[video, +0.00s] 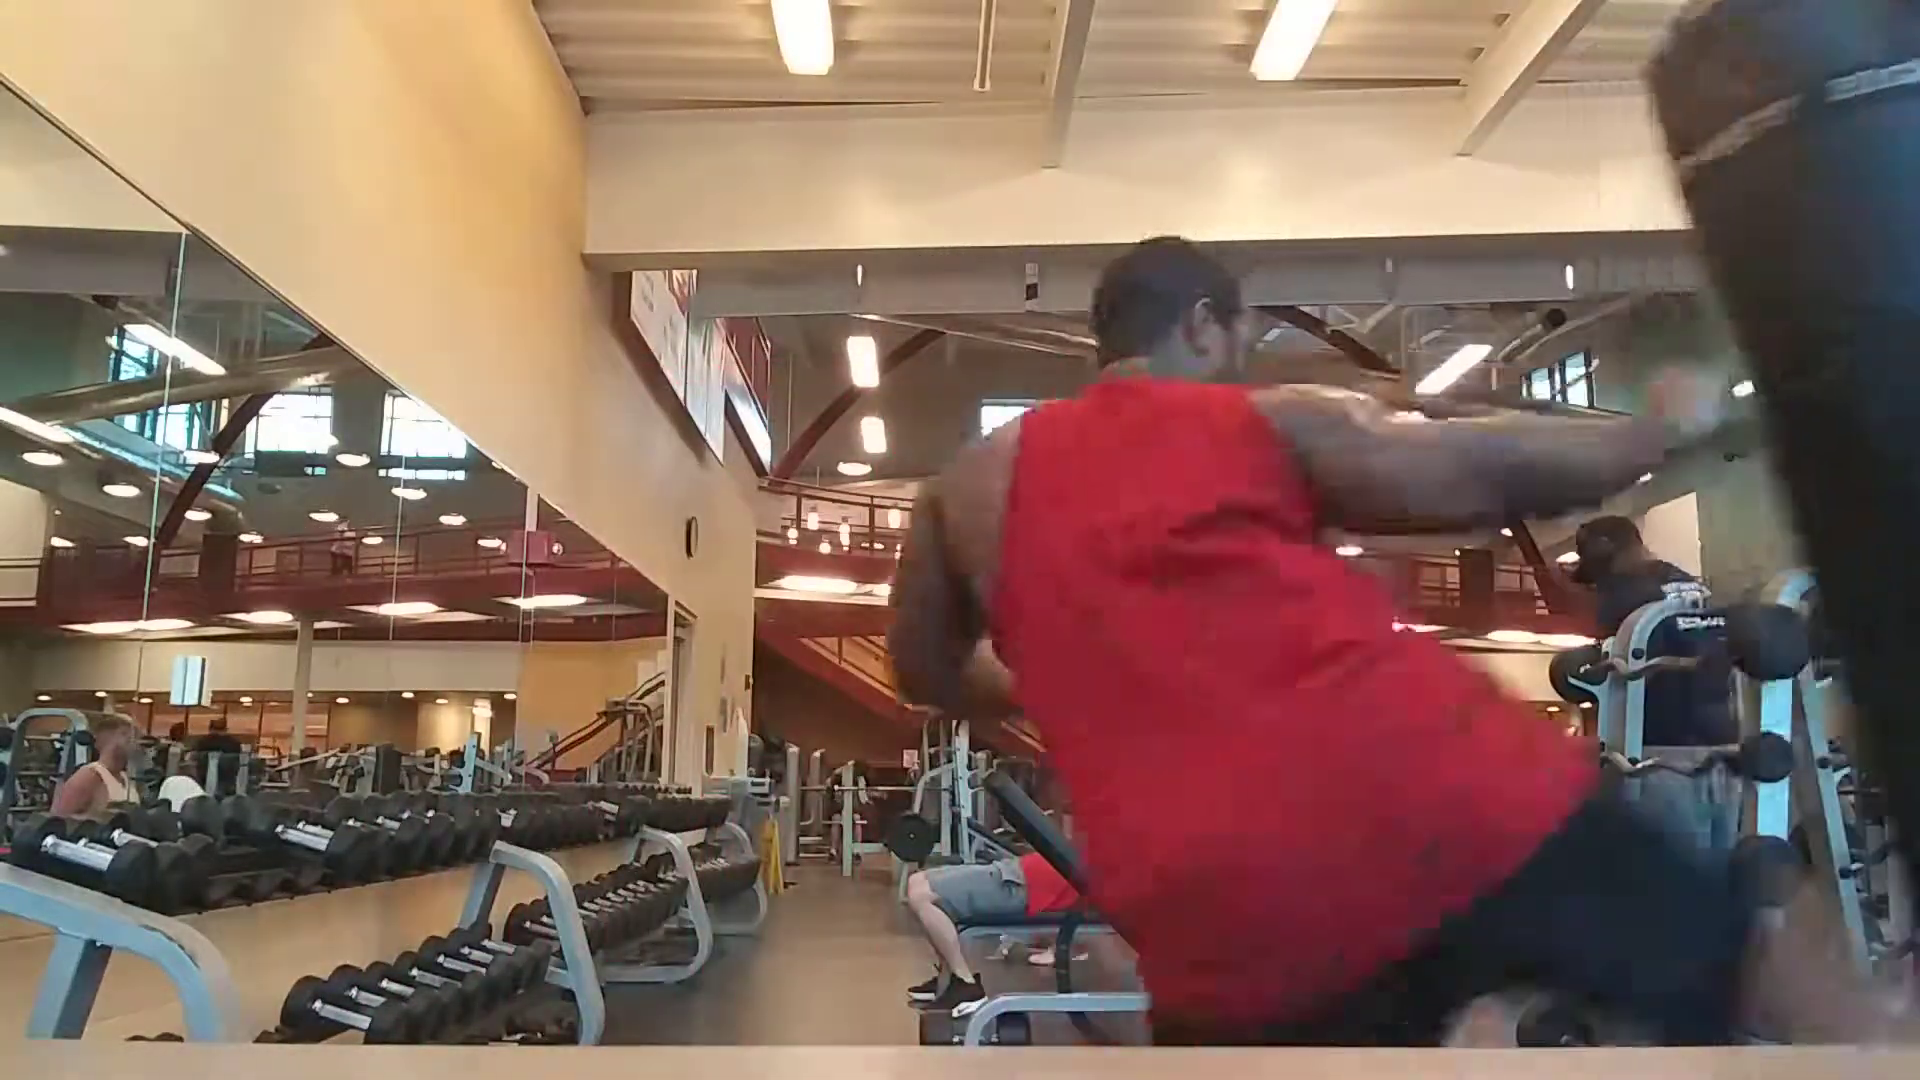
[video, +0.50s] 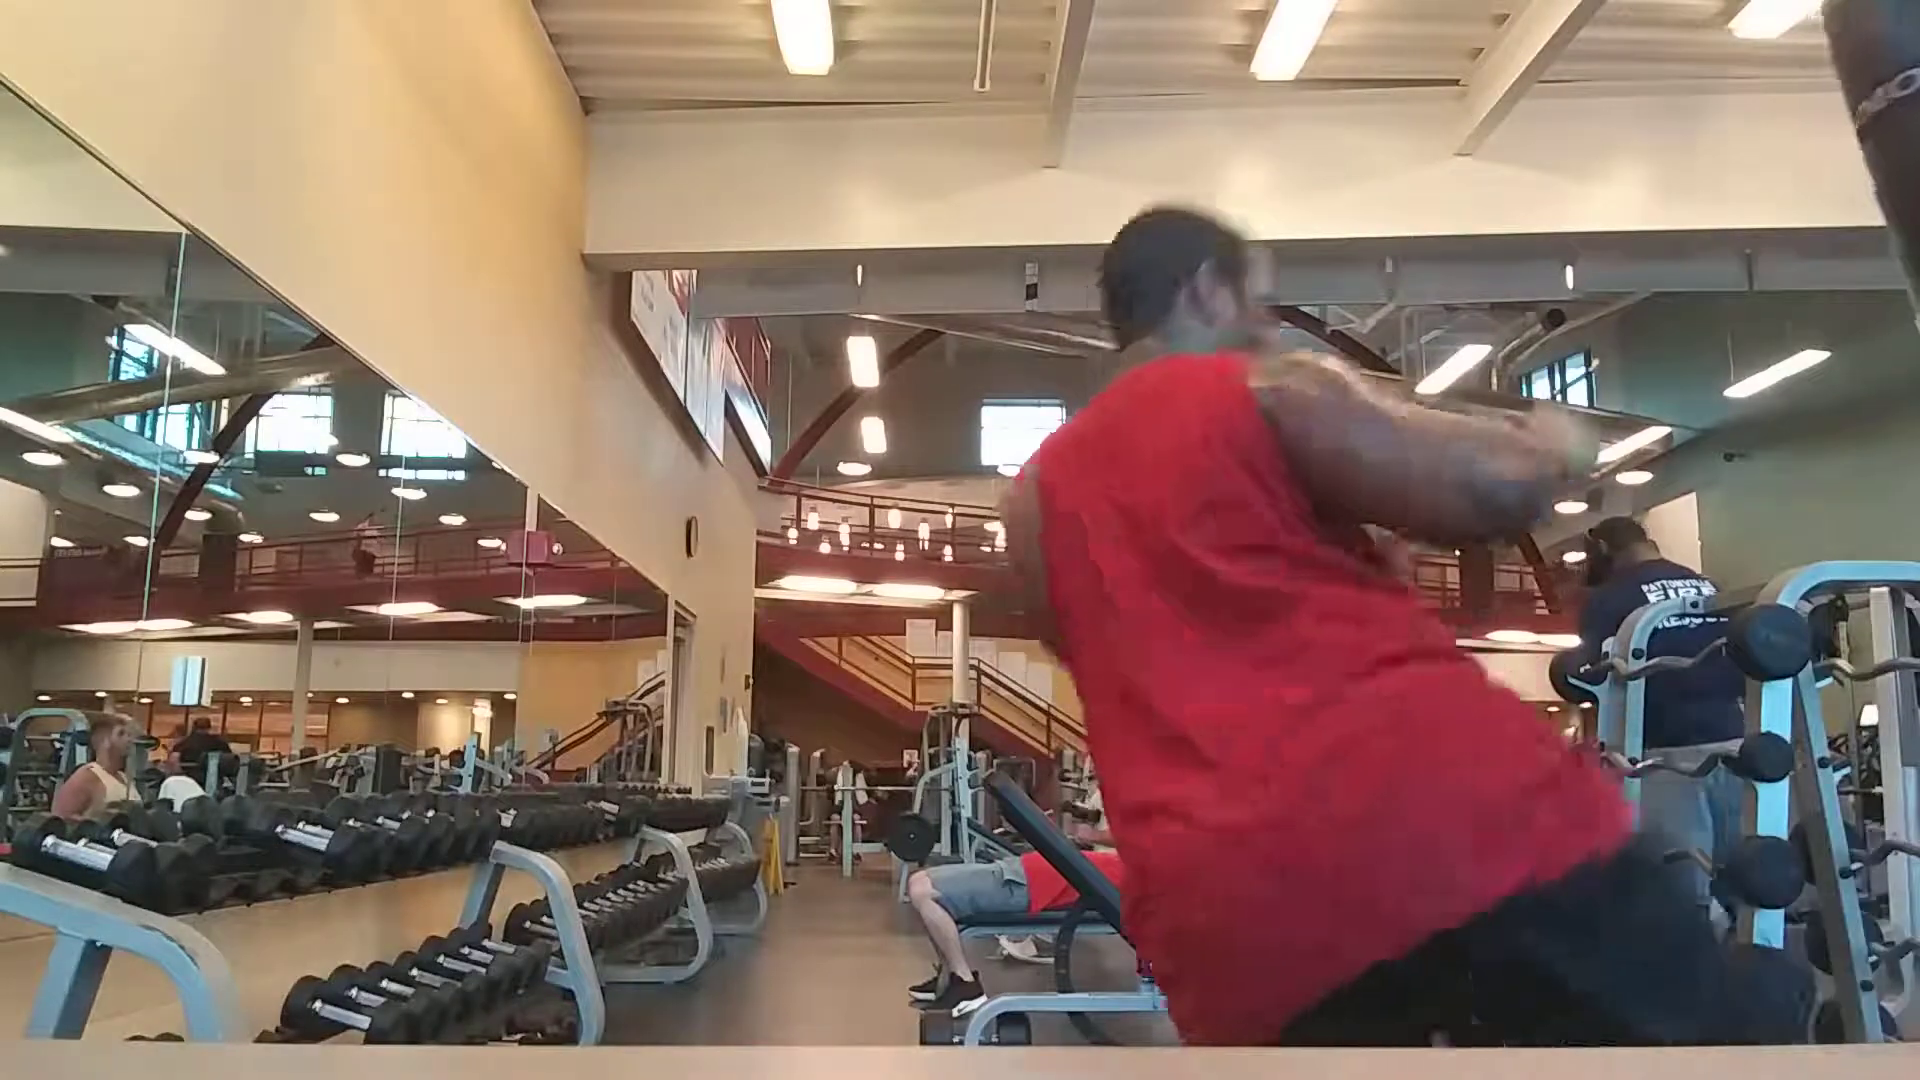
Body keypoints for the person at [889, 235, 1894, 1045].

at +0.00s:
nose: (1245, 352)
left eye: (1237, 338)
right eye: (1238, 334)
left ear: (1098, 340)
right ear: (1207, 331)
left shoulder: (965, 486)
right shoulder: (1258, 416)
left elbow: (925, 674)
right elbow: (1480, 469)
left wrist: (1049, 707)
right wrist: (1645, 439)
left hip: (1227, 942)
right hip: (1459, 819)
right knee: (1766, 964)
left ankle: (1473, 1034)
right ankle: (1864, 1045)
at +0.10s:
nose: (1238, 364)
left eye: (1235, 348)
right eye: (1234, 345)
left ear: (1089, 352)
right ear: (1191, 336)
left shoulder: (975, 494)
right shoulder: (1252, 399)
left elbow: (982, 679)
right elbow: (1482, 404)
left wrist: (1097, 609)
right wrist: (1735, 348)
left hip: (1291, 902)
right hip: (1490, 713)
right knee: (1723, 649)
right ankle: (1848, 623)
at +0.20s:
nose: (1236, 368)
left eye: (1231, 352)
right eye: (1227, 351)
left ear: (1079, 369)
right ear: (1187, 348)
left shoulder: (976, 537)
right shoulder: (1223, 402)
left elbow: (1032, 745)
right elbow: (1479, 369)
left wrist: (1117, 635)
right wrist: (1714, 294)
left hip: (1286, 885)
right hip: (1470, 687)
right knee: (1816, 607)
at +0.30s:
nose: (1225, 380)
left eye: (1221, 365)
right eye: (1218, 362)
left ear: (1072, 381)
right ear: (1180, 355)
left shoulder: (981, 555)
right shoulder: (1218, 417)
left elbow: (1052, 734)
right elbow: (1469, 409)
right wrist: (1618, 338)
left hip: (1286, 930)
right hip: (1487, 749)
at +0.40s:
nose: (1232, 361)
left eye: (1228, 342)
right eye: (1224, 340)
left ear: (1084, 364)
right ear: (1189, 332)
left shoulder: (1003, 550)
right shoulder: (1211, 420)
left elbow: (1069, 689)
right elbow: (1467, 460)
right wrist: (1567, 397)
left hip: (1254, 930)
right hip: (1472, 786)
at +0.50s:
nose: (1268, 326)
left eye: (1267, 304)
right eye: (1260, 301)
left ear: (1114, 318)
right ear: (1207, 291)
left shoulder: (1033, 492)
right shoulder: (1261, 384)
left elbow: (1031, 614)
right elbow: (1505, 482)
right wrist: (1555, 432)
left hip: (1229, 936)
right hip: (1455, 829)